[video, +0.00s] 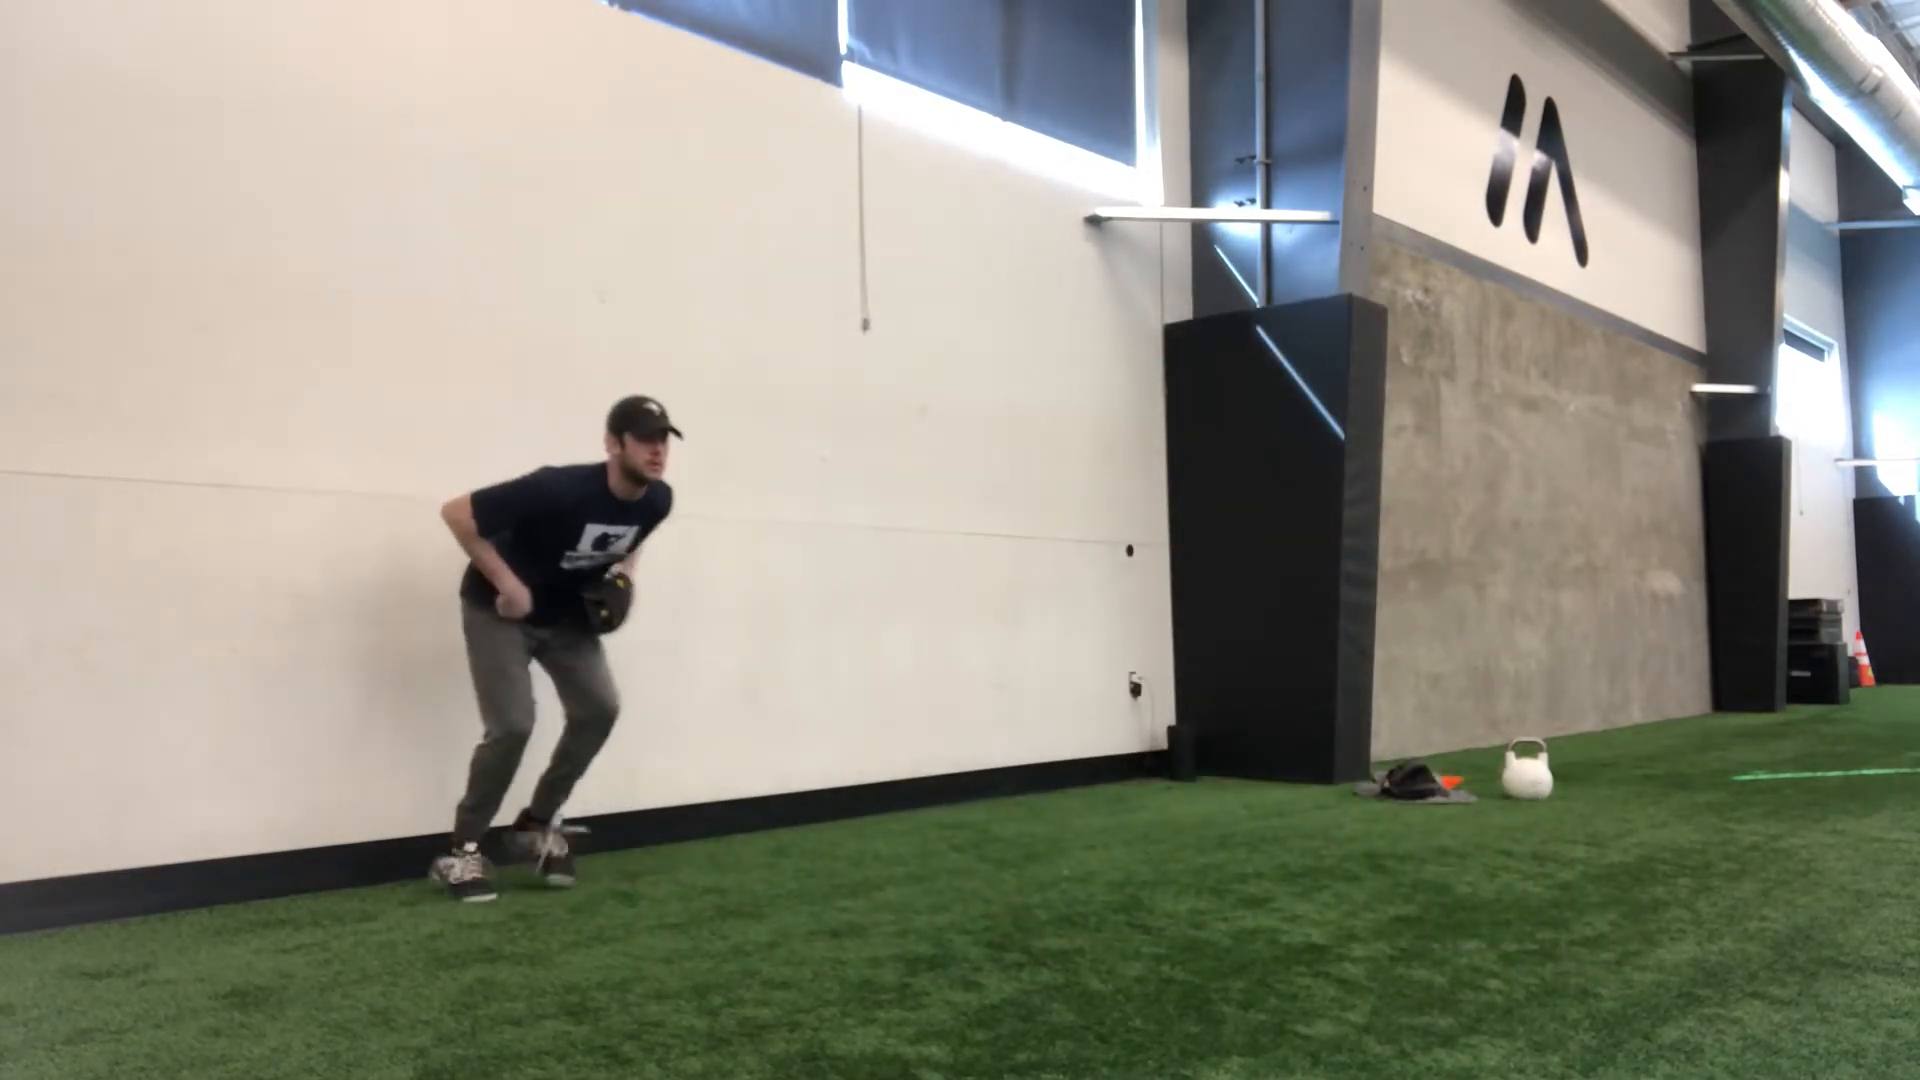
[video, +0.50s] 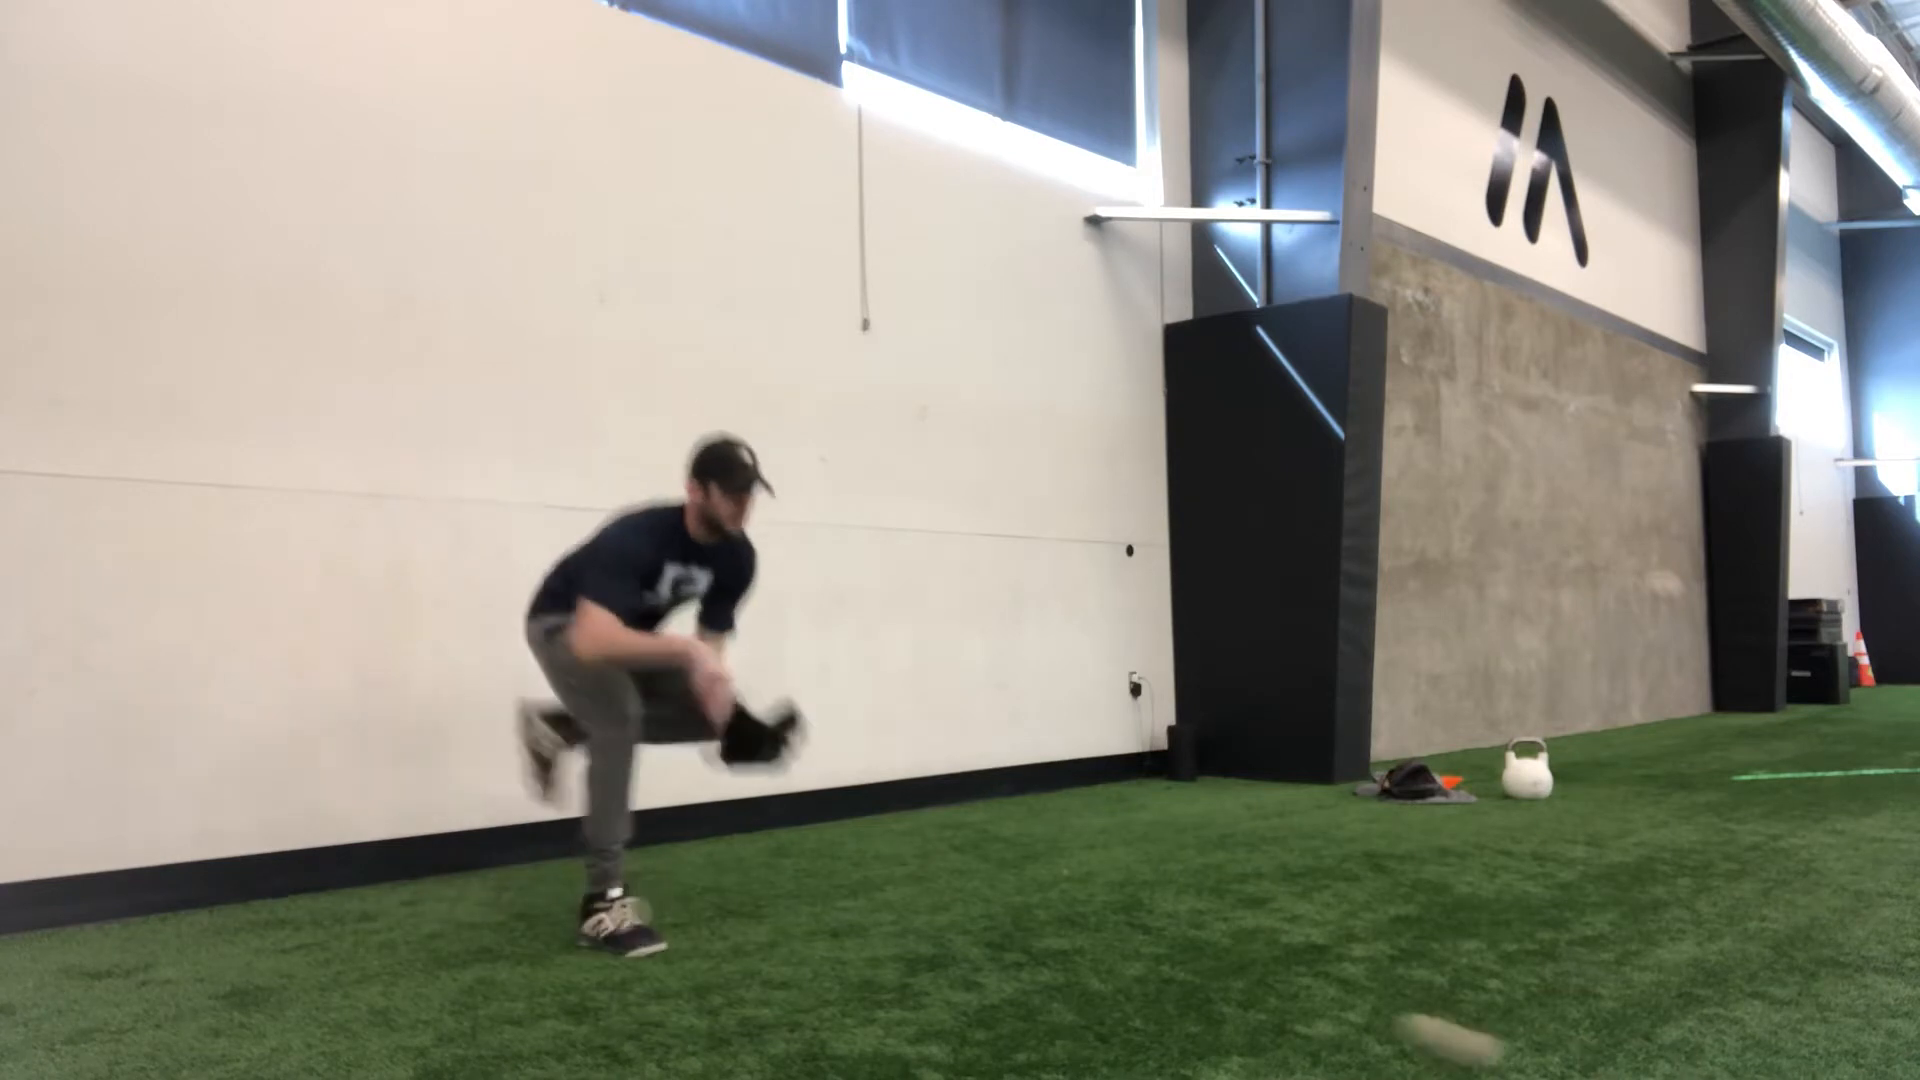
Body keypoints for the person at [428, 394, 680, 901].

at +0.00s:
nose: (658, 450)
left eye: (663, 440)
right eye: (645, 439)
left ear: (670, 445)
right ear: (614, 445)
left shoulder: (657, 501)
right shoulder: (558, 488)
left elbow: (632, 541)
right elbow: (457, 512)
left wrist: (625, 576)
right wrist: (506, 582)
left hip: (567, 618)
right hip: (498, 612)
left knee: (598, 709)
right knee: (511, 726)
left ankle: (534, 828)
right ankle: (462, 851)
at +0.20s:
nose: (686, 470)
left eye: (691, 460)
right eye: (674, 459)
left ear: (698, 464)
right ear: (641, 461)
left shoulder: (681, 528)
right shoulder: (585, 503)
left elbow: (683, 589)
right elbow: (482, 542)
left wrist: (674, 633)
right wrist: (546, 592)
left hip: (579, 629)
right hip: (517, 609)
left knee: (590, 753)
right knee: (573, 692)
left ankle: (528, 847)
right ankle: (501, 814)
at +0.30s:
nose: (707, 467)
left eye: (712, 456)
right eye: (695, 455)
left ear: (718, 459)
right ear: (660, 455)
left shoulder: (700, 523)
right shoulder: (605, 494)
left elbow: (693, 605)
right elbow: (497, 555)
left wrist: (698, 646)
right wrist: (582, 591)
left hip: (583, 610)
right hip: (526, 591)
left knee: (591, 742)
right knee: (589, 658)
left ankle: (536, 840)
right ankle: (560, 821)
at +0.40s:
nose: (725, 474)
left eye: (731, 463)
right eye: (714, 461)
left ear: (736, 464)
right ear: (679, 457)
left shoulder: (719, 526)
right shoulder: (625, 499)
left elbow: (699, 619)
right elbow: (536, 588)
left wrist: (708, 674)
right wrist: (628, 613)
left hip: (608, 613)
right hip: (547, 603)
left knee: (644, 730)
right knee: (590, 704)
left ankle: (524, 772)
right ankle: (594, 877)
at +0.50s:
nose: (742, 505)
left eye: (748, 494)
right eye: (732, 493)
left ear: (752, 495)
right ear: (697, 490)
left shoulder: (735, 558)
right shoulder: (640, 535)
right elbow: (590, 638)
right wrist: (688, 653)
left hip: (626, 638)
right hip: (560, 630)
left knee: (706, 709)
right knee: (616, 715)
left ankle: (558, 728)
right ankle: (604, 903)